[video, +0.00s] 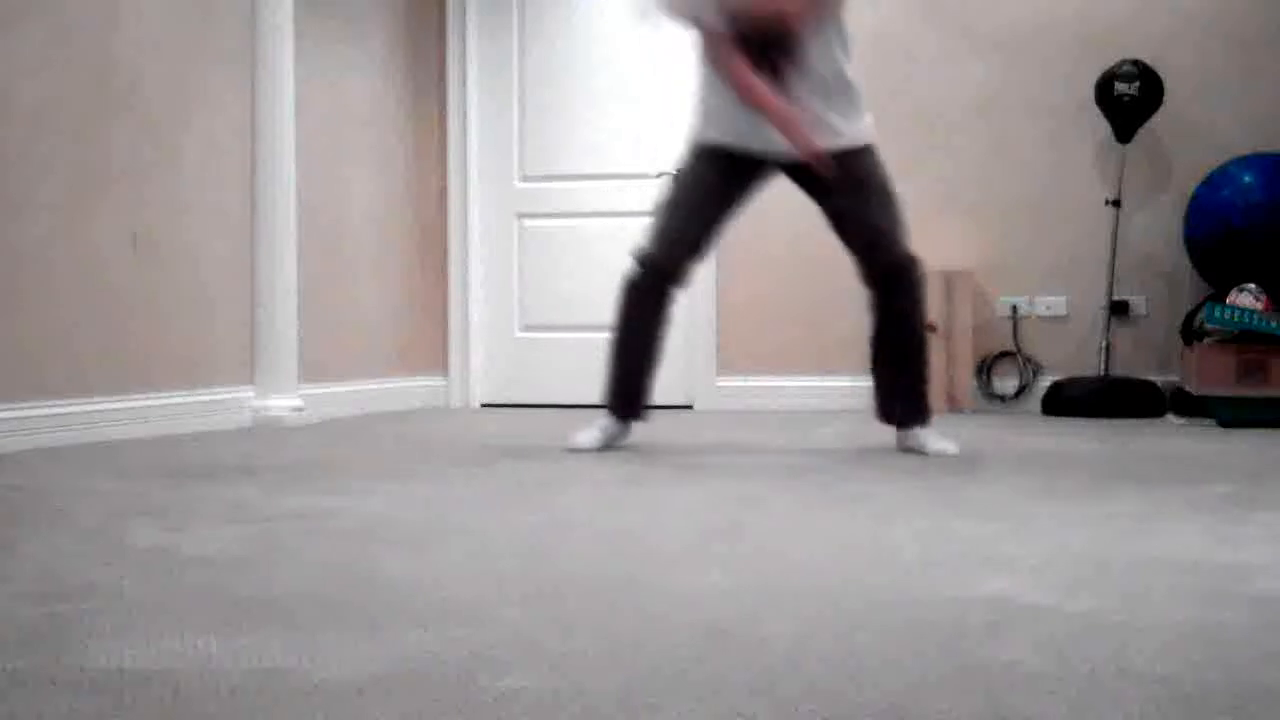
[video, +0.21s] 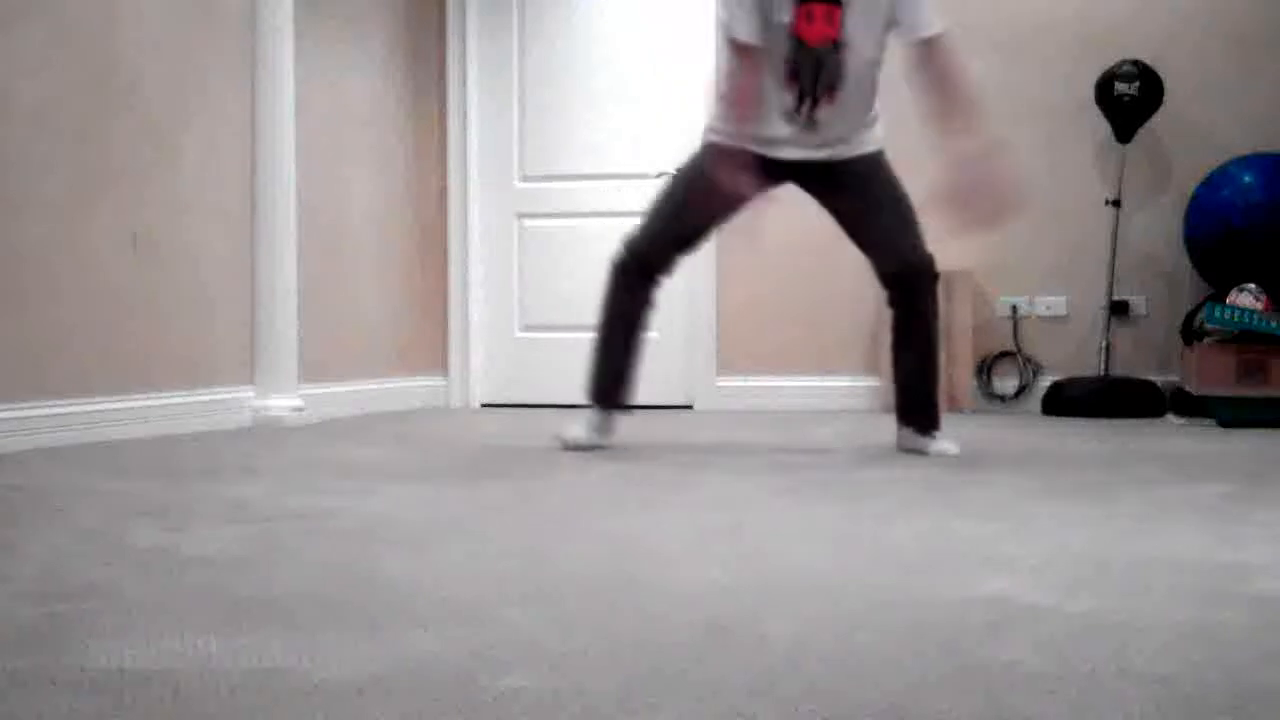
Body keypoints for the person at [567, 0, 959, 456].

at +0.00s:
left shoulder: (824, 4)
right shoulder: (709, 7)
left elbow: (800, 15)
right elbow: (723, 56)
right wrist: (795, 127)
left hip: (829, 128)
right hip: (735, 129)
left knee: (894, 270)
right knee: (656, 270)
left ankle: (911, 424)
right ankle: (620, 416)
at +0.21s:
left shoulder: (892, 4)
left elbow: (932, 53)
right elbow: (742, 52)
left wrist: (967, 151)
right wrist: (731, 144)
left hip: (847, 150)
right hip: (748, 144)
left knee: (913, 274)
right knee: (638, 261)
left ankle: (918, 431)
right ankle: (602, 412)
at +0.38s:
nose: (787, 22)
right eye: (773, 21)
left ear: (819, 6)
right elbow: (637, 8)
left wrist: (1077, 12)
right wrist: (553, 74)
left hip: (811, 125)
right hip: (707, 116)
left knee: (885, 254)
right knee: (599, 229)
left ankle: (917, 414)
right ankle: (532, 365)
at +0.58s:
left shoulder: (792, 8)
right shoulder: (662, 11)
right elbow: (590, 92)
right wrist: (498, 165)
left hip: (734, 166)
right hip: (638, 171)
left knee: (834, 246)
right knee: (547, 282)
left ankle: (862, 416)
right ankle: (447, 386)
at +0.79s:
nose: (712, 91)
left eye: (720, 75)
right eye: (698, 78)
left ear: (734, 72)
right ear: (670, 80)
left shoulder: (751, 98)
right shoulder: (634, 140)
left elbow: (842, 91)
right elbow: (619, 289)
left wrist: (932, 71)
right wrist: (585, 409)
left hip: (685, 232)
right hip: (602, 241)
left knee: (791, 262)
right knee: (510, 357)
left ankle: (849, 423)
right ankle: (436, 425)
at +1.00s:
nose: (575, 157)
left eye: (578, 137)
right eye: (561, 151)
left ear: (608, 124)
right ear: (557, 162)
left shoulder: (676, 141)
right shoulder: (597, 213)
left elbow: (785, 113)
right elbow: (631, 326)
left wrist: (766, 137)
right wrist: (622, 434)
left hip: (754, 214)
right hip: (671, 241)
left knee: (817, 266)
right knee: (572, 308)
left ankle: (851, 424)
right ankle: (473, 391)